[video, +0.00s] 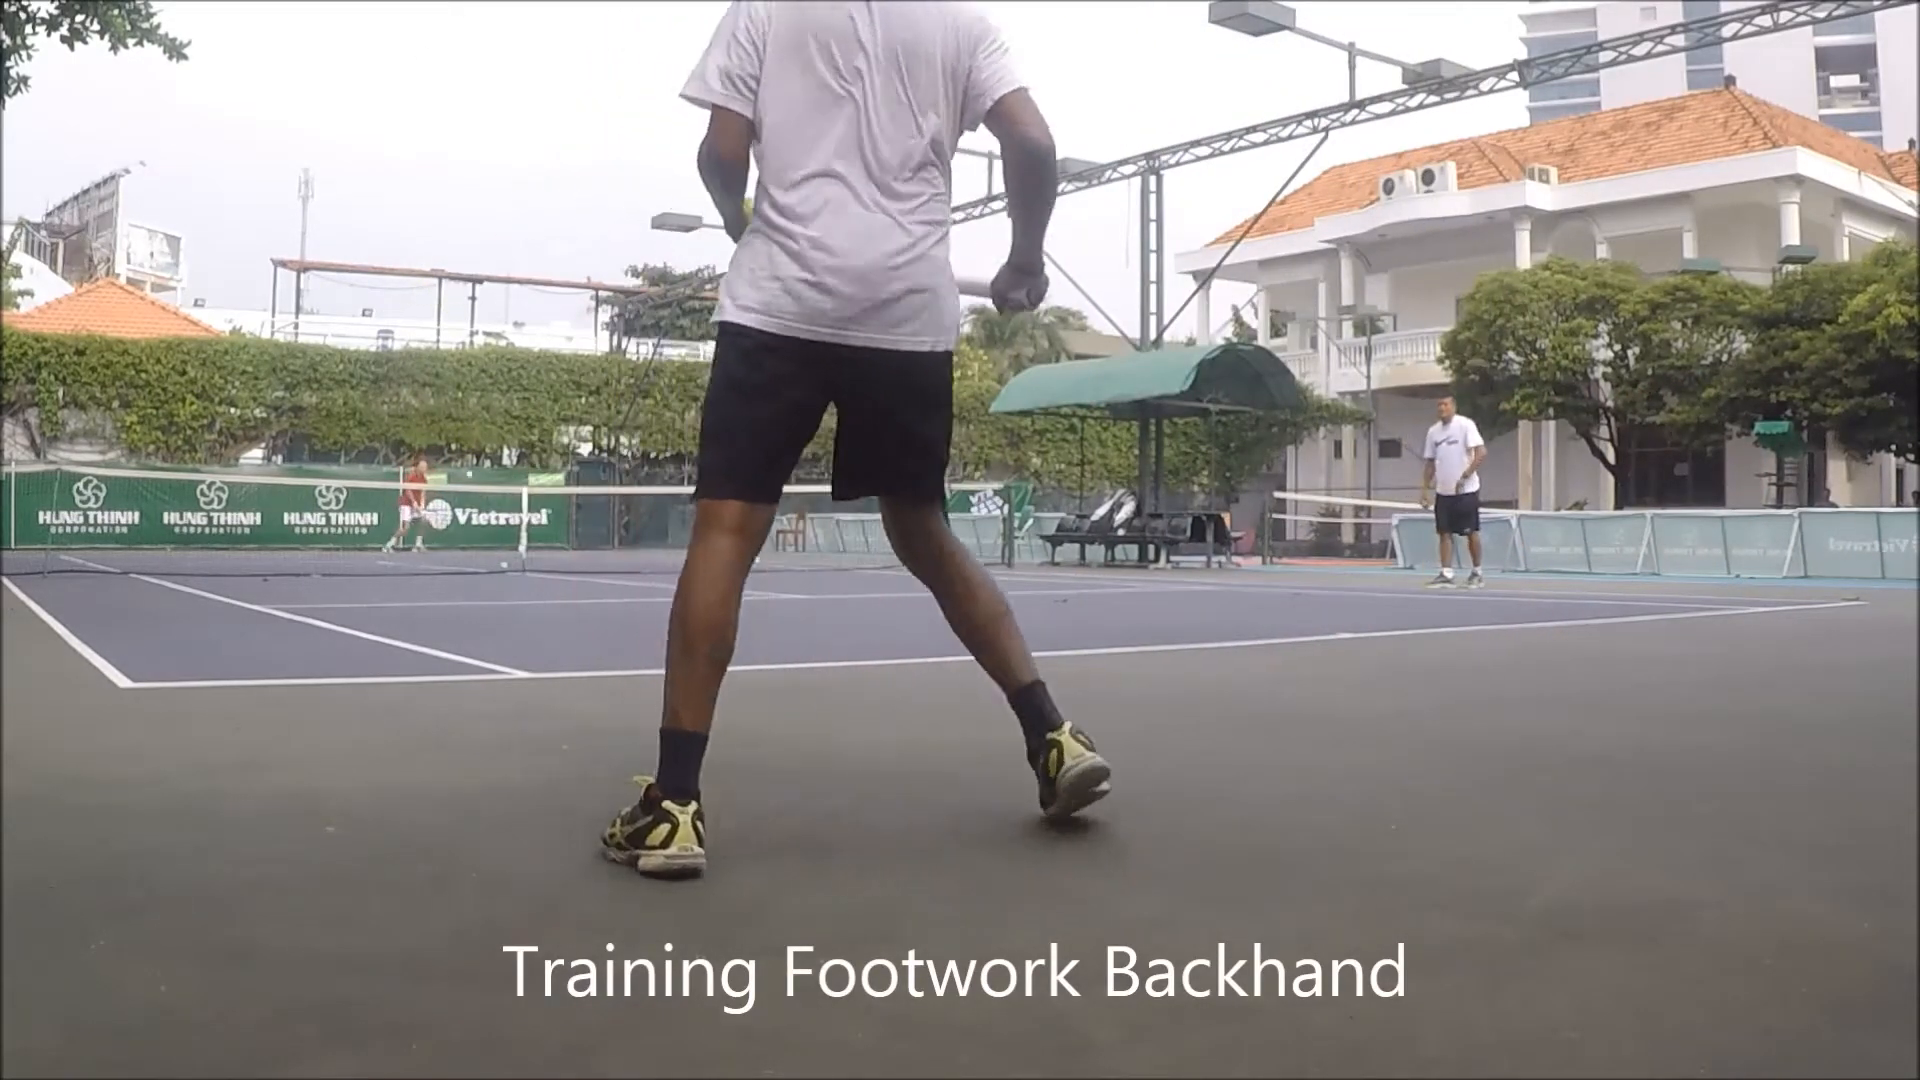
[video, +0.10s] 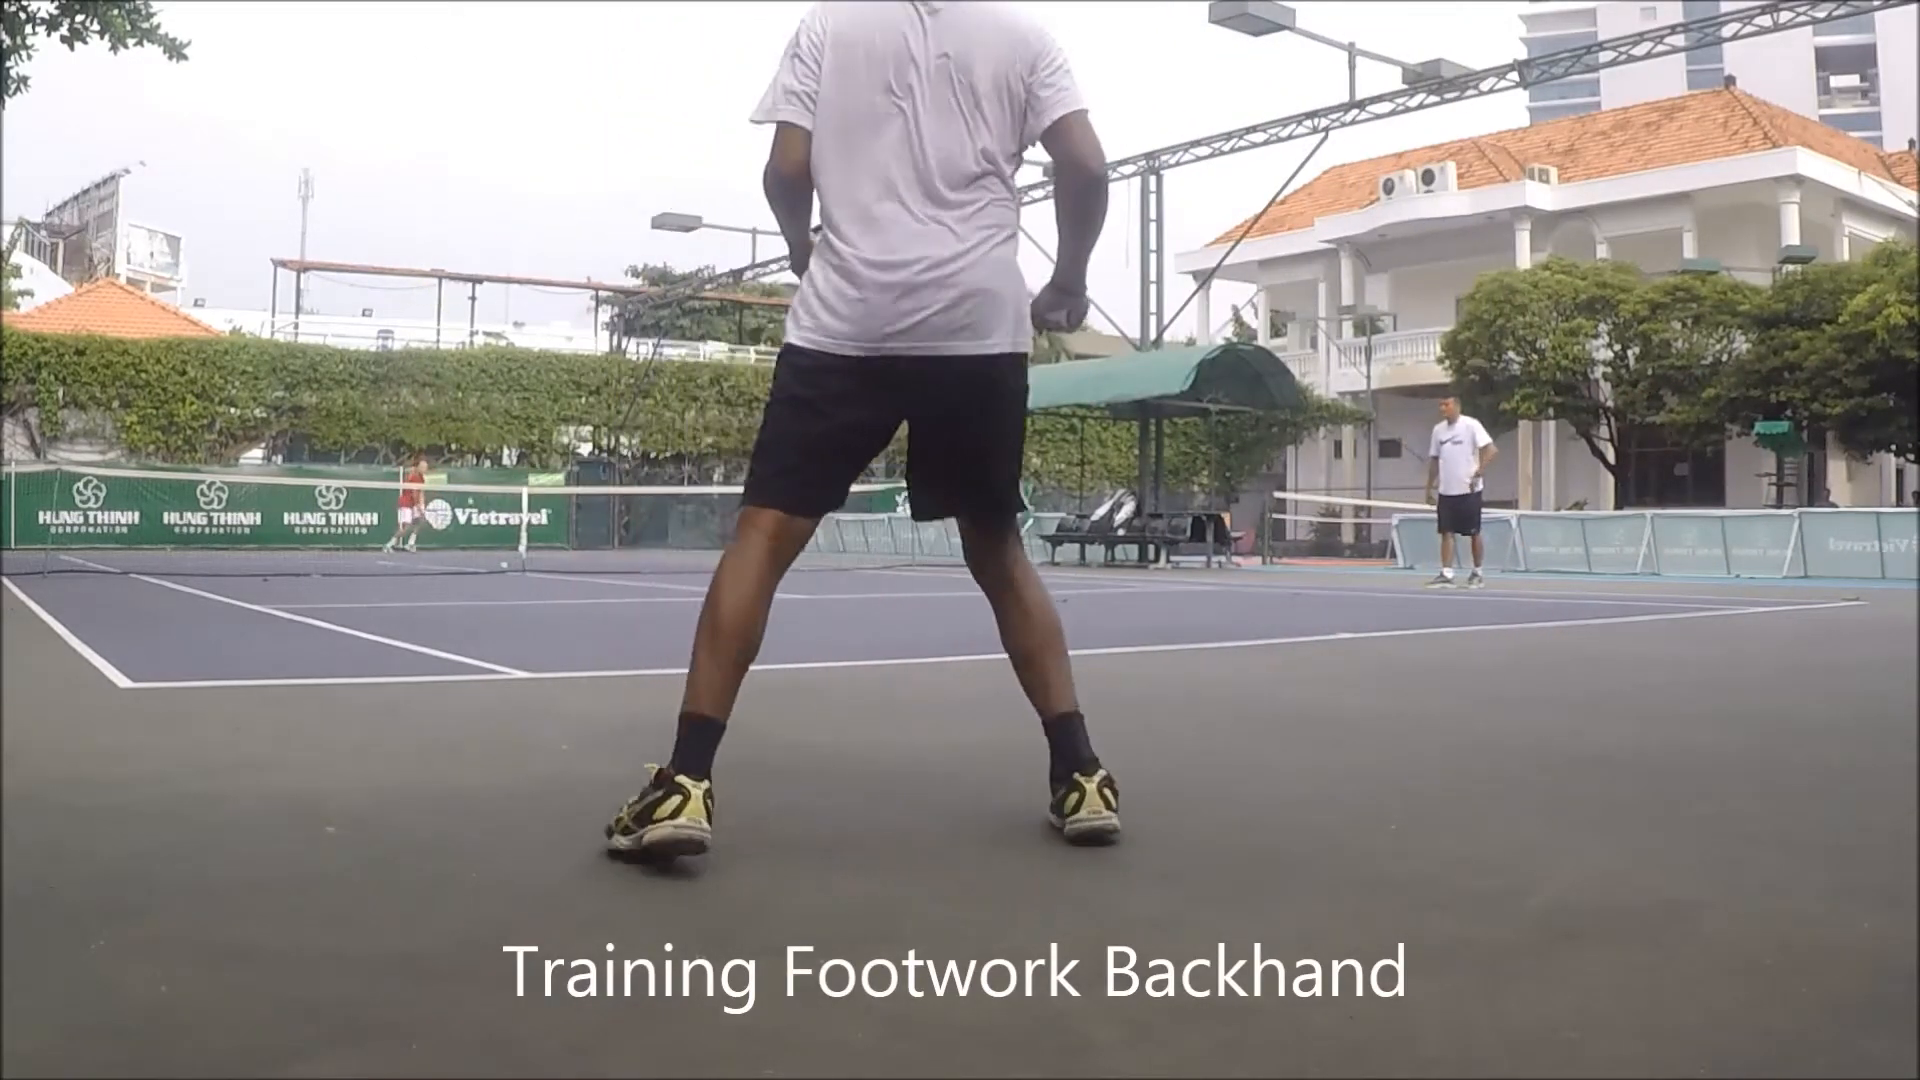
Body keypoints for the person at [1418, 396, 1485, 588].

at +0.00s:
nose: (1442, 408)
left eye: (1445, 404)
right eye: (1439, 405)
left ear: (1453, 406)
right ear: (1437, 408)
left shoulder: (1466, 425)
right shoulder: (1433, 431)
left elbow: (1480, 452)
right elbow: (1429, 463)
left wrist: (1464, 476)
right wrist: (1425, 488)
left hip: (1466, 489)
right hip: (1443, 490)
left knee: (1471, 532)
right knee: (1443, 532)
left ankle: (1476, 571)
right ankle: (1446, 572)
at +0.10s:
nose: (1442, 409)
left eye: (1446, 404)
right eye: (1441, 405)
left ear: (1456, 405)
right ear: (1441, 407)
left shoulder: (1472, 425)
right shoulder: (1438, 429)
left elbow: (1490, 449)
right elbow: (1434, 460)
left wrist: (1479, 472)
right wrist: (1429, 487)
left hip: (1468, 489)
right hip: (1445, 490)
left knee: (1474, 533)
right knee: (1446, 532)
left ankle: (1477, 572)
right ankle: (1446, 573)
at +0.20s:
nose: (1443, 409)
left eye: (1446, 405)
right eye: (1443, 405)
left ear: (1458, 406)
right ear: (1450, 408)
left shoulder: (1476, 425)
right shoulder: (1443, 428)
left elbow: (1498, 446)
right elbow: (1438, 457)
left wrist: (1488, 472)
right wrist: (1434, 484)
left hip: (1473, 488)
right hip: (1450, 489)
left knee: (1478, 533)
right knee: (1449, 533)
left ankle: (1478, 572)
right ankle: (1447, 573)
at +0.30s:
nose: (1447, 410)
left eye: (1450, 406)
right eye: (1447, 406)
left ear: (1461, 407)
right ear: (1452, 409)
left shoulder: (1478, 426)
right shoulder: (1447, 427)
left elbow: (1502, 445)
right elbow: (1442, 454)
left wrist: (1494, 470)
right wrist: (1440, 481)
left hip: (1475, 488)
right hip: (1452, 488)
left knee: (1480, 533)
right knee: (1452, 532)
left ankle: (1478, 572)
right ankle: (1447, 572)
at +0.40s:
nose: (1448, 411)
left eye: (1451, 407)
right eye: (1448, 407)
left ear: (1463, 407)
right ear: (1455, 409)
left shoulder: (1480, 426)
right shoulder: (1450, 427)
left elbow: (1508, 445)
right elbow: (1445, 451)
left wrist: (1496, 468)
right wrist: (1444, 475)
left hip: (1477, 489)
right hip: (1455, 489)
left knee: (1482, 534)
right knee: (1452, 531)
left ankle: (1478, 572)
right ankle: (1448, 572)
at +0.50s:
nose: (1450, 411)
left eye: (1452, 407)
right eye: (1450, 408)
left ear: (1464, 408)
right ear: (1457, 410)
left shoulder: (1482, 426)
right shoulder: (1452, 426)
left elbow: (1509, 445)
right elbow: (1447, 450)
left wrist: (1494, 469)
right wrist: (1447, 471)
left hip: (1478, 488)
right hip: (1456, 487)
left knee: (1482, 533)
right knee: (1450, 530)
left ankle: (1478, 572)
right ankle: (1450, 571)